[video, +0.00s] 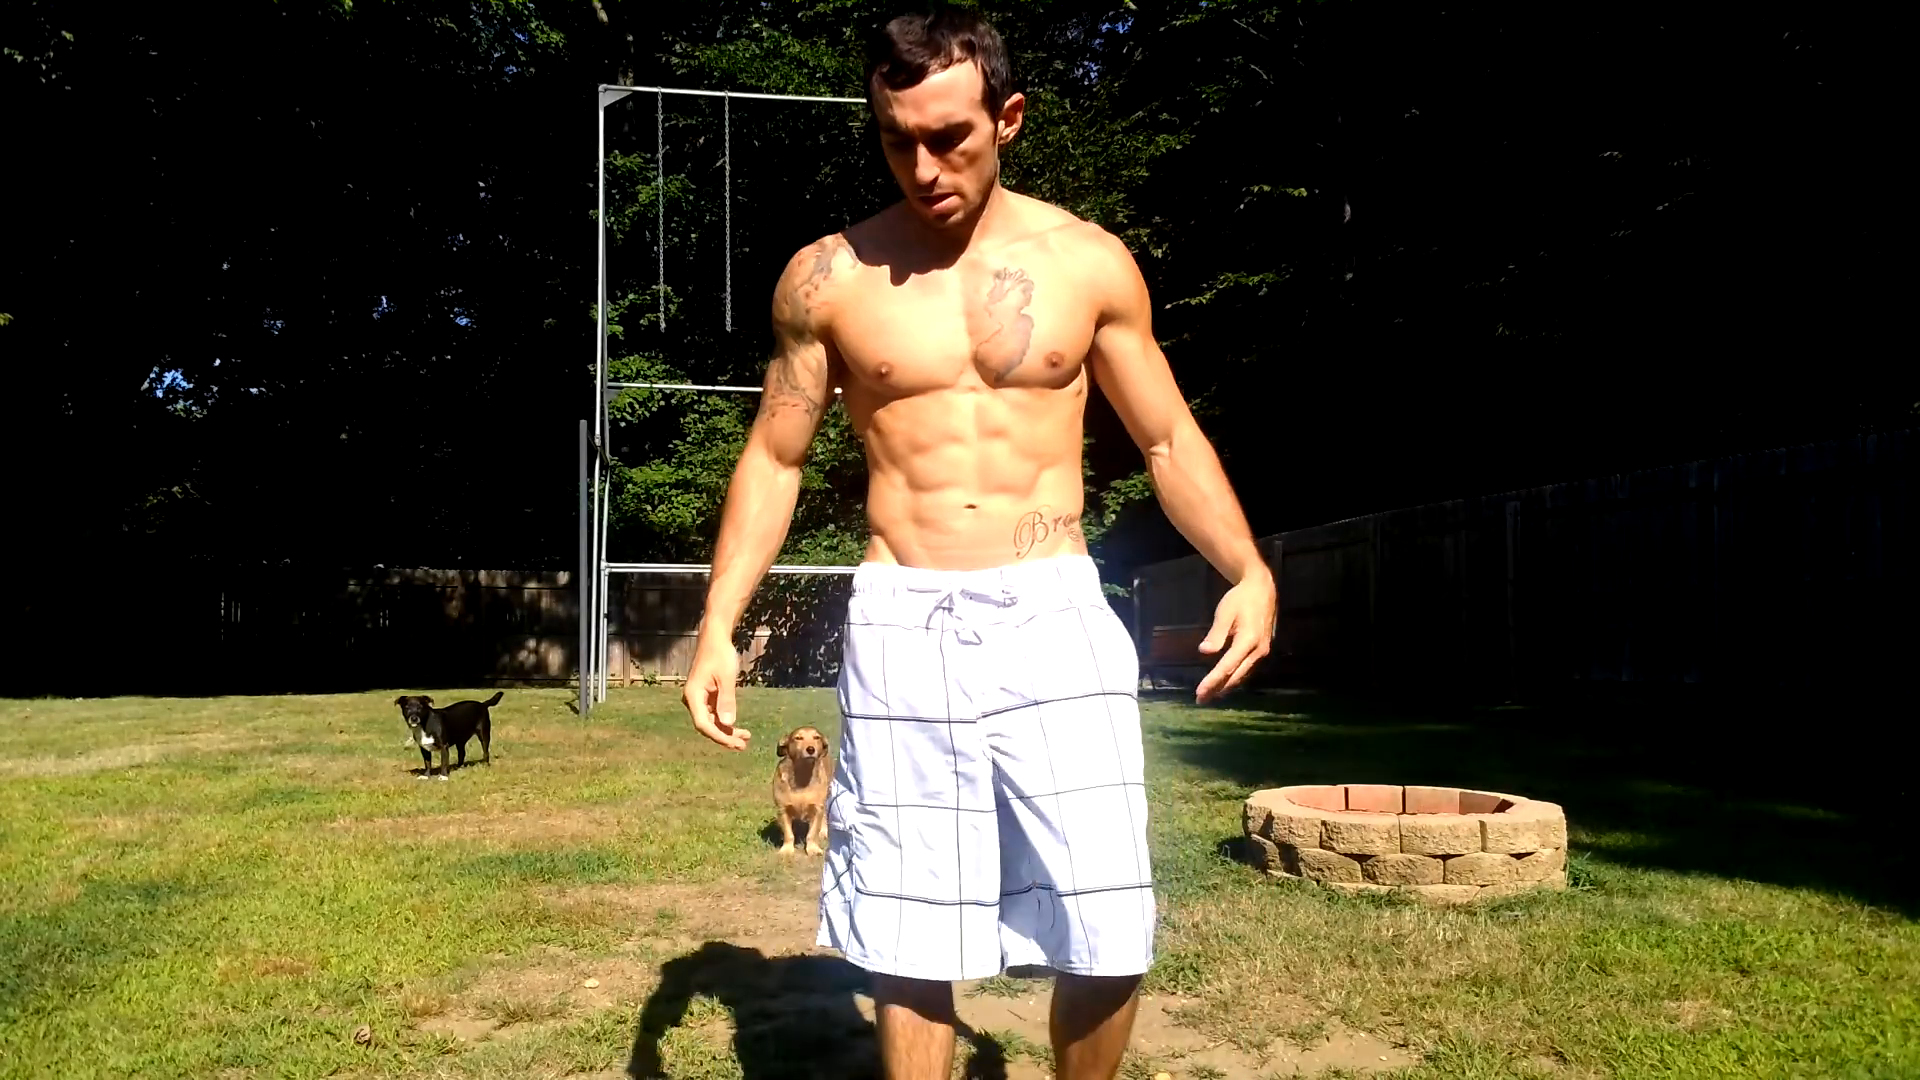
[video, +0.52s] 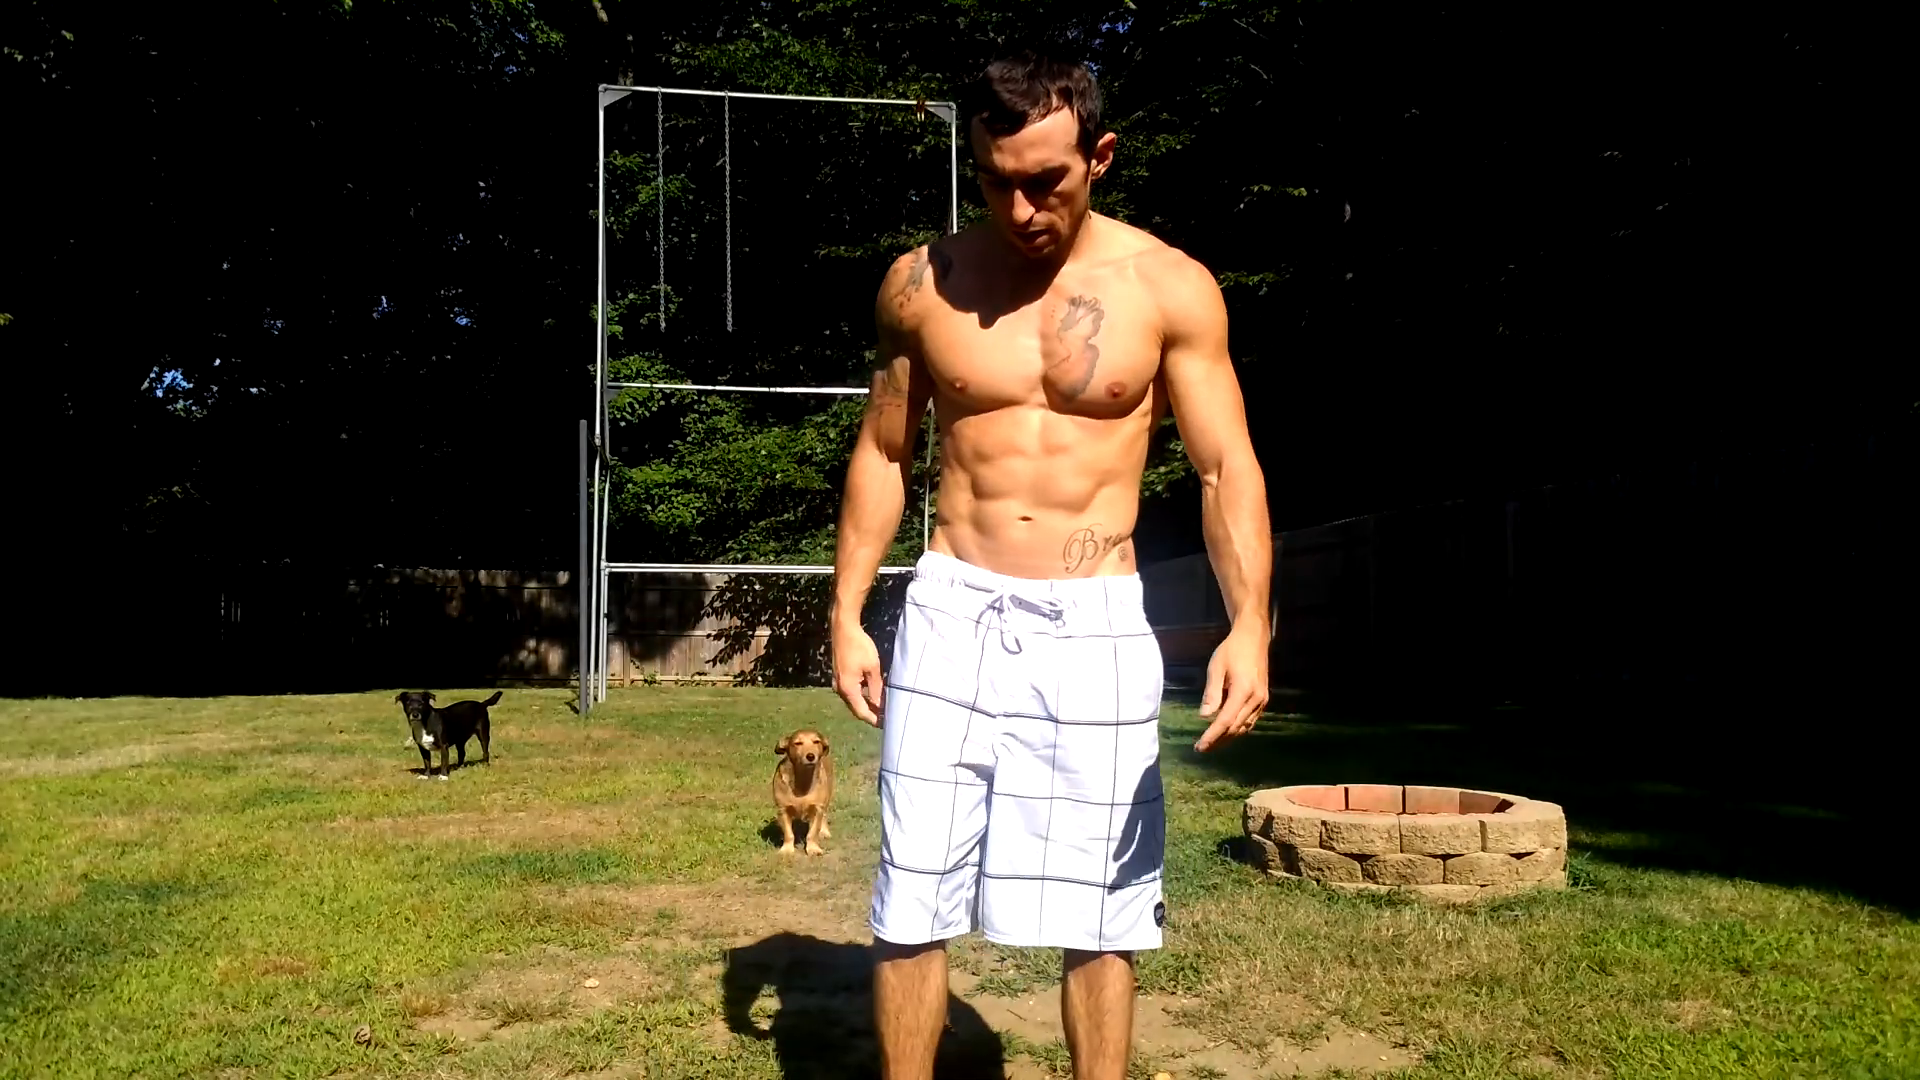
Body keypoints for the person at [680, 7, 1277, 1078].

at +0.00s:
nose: (924, 171)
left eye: (950, 138)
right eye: (900, 143)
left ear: (1007, 118)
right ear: (877, 128)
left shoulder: (1091, 264)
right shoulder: (826, 279)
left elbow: (1171, 441)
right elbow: (773, 457)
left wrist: (1251, 568)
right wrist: (718, 628)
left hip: (1059, 619)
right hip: (899, 625)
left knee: (1108, 947)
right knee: (910, 954)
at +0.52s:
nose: (1021, 208)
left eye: (1044, 181)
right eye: (997, 182)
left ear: (1098, 153)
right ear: (972, 161)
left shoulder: (1173, 288)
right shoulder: (921, 282)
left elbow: (1227, 469)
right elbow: (884, 448)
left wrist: (1249, 625)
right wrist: (846, 613)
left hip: (1097, 625)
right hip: (951, 614)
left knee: (1101, 917)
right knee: (912, 908)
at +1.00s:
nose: (948, 162)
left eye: (972, 139)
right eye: (925, 140)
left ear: (1011, 151)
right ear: (897, 154)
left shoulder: (1079, 291)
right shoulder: (831, 297)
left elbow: (1130, 465)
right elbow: (786, 466)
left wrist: (1144, 606)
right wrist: (752, 624)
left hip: (1037, 626)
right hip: (889, 628)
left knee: (1070, 928)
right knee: (894, 929)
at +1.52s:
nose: (993, 132)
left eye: (1017, 112)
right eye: (970, 110)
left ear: (1049, 135)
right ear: (936, 132)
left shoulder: (1117, 285)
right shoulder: (859, 282)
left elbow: (1170, 466)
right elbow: (806, 454)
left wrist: (1185, 627)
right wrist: (782, 625)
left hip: (1070, 625)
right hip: (918, 625)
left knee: (1083, 933)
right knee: (911, 941)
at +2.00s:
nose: (978, 119)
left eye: (1005, 98)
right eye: (956, 96)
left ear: (1040, 128)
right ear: (926, 118)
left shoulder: (1112, 276)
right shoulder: (850, 276)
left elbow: (1156, 462)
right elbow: (804, 459)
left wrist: (1198, 610)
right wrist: (776, 636)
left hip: (1065, 622)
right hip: (908, 620)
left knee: (1079, 945)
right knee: (899, 942)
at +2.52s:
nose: (961, 116)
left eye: (988, 94)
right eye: (938, 92)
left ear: (1023, 121)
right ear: (906, 113)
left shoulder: (1091, 274)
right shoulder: (828, 273)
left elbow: (1130, 465)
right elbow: (781, 454)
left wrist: (1155, 636)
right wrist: (749, 630)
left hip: (1040, 623)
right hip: (882, 622)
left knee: (1063, 946)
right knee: (878, 949)